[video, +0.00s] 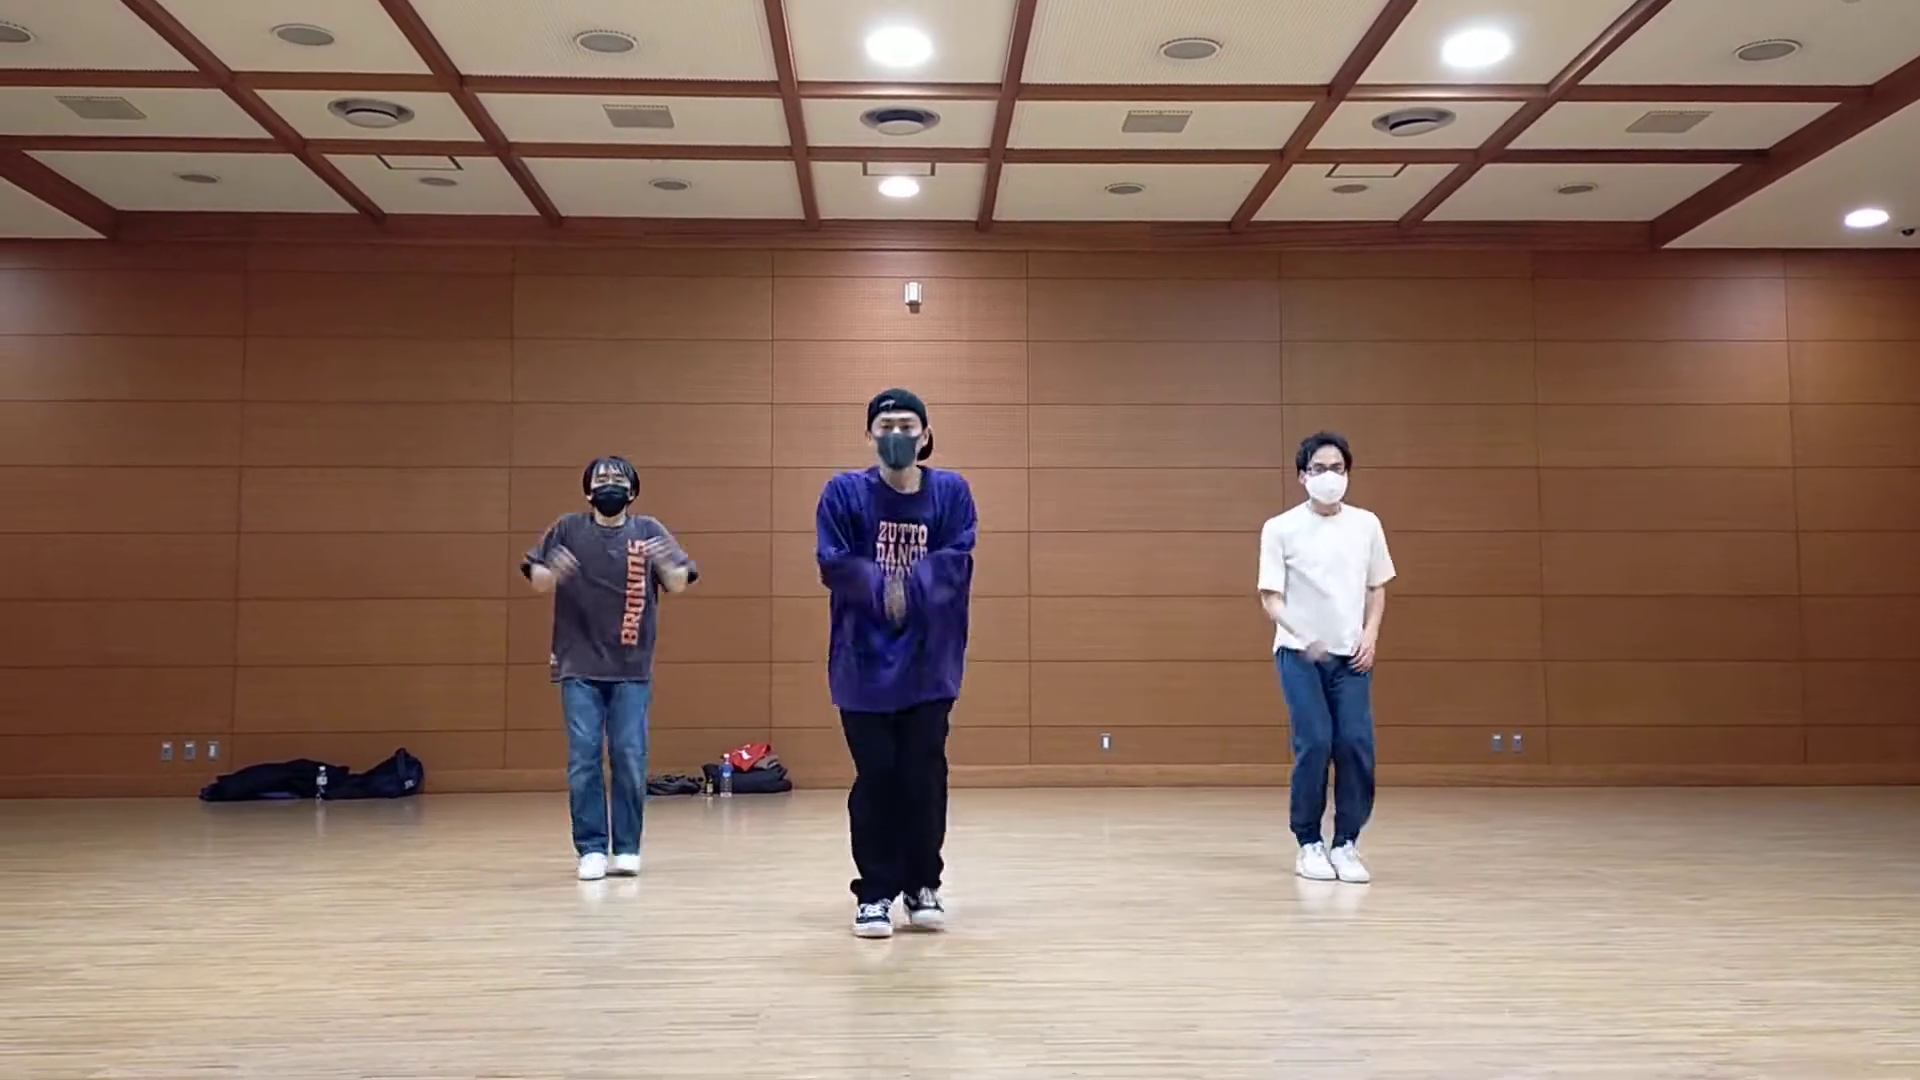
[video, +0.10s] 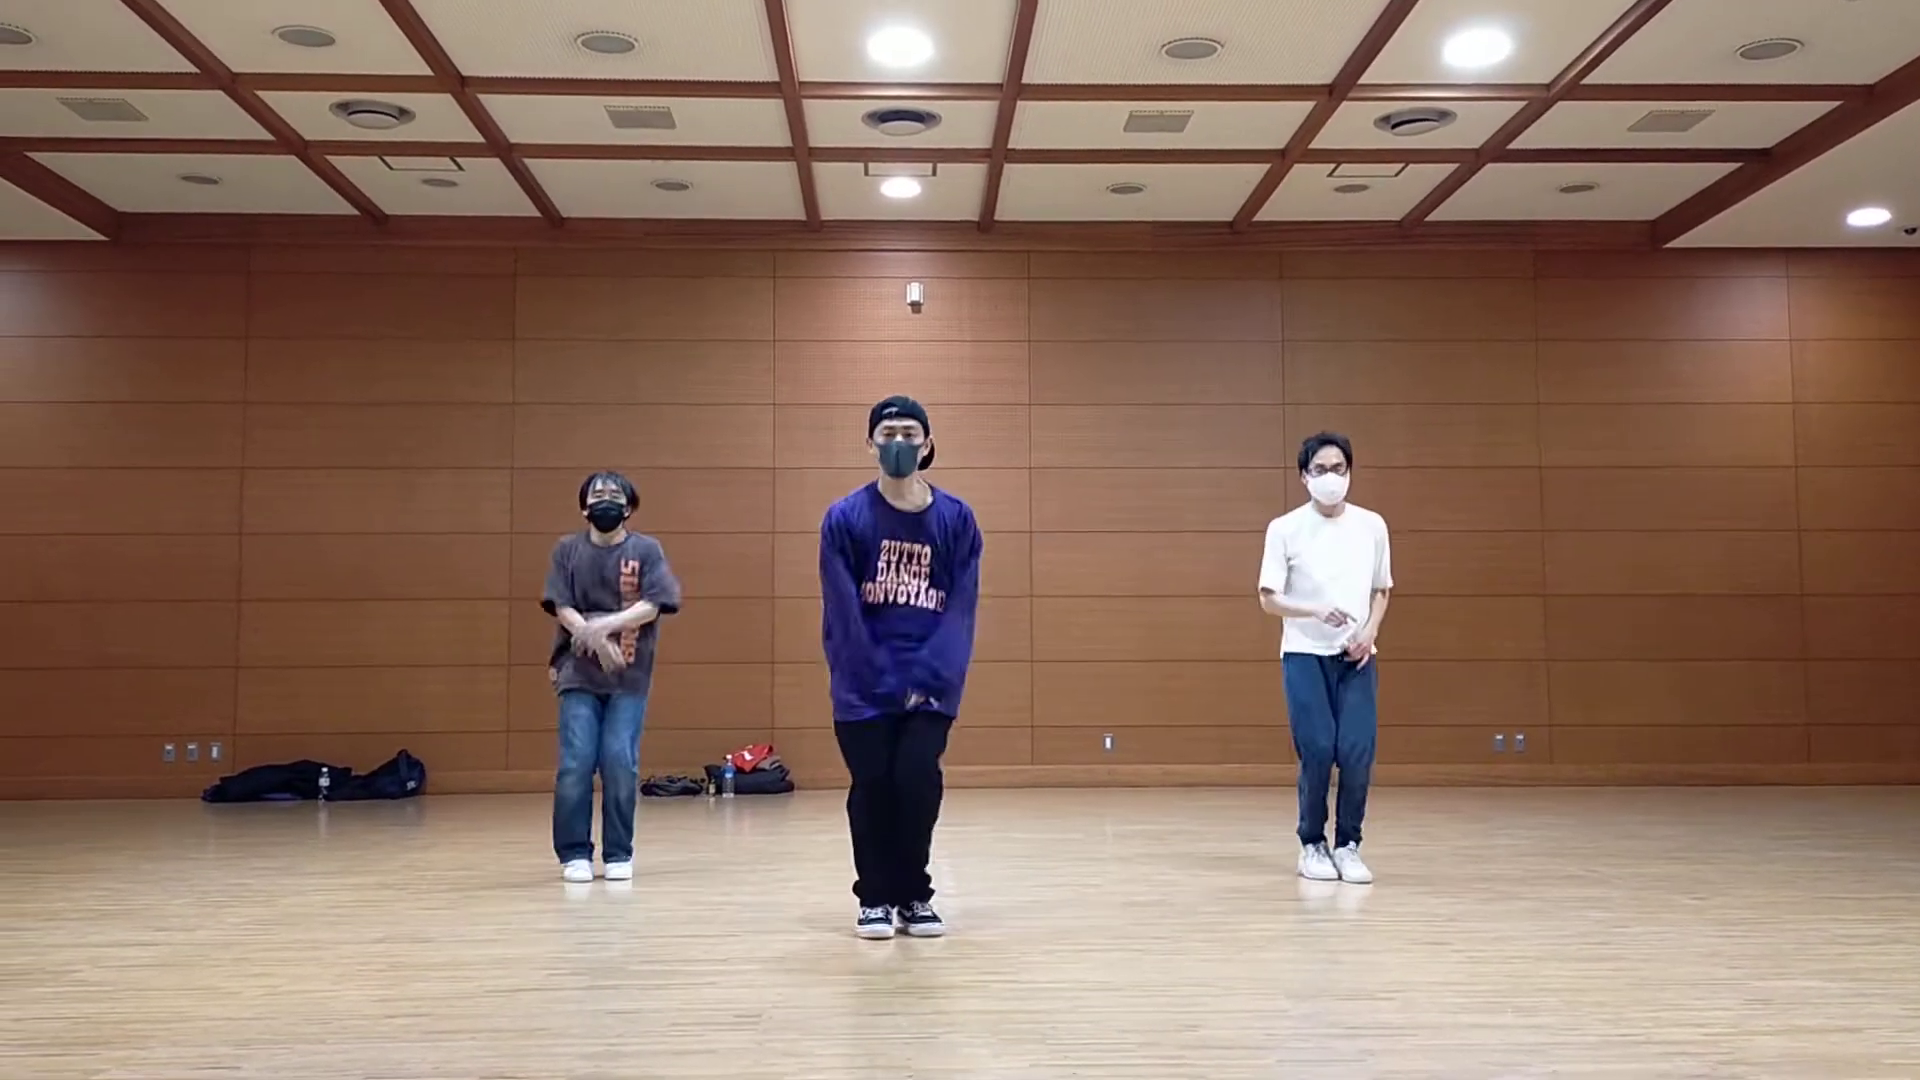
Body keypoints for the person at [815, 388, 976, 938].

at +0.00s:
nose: (896, 431)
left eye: (906, 423)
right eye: (886, 424)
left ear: (924, 435)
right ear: (871, 435)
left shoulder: (950, 491)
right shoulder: (844, 492)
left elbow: (958, 560)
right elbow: (832, 561)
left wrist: (906, 586)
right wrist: (884, 587)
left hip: (929, 663)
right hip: (863, 665)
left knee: (924, 774)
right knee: (877, 776)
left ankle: (923, 888)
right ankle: (875, 896)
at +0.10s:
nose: (898, 438)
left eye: (909, 431)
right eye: (888, 431)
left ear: (926, 446)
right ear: (872, 444)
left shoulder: (956, 518)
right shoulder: (845, 517)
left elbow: (962, 609)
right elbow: (841, 611)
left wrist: (931, 676)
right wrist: (878, 679)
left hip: (929, 683)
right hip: (861, 684)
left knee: (917, 781)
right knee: (873, 787)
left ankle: (914, 897)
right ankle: (875, 901)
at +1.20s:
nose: (848, 456)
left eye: (858, 447)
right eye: (837, 445)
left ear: (873, 450)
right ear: (818, 447)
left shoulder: (902, 510)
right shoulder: (798, 518)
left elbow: (909, 590)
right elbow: (821, 574)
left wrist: (918, 664)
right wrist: (873, 508)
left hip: (885, 688)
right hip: (821, 688)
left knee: (873, 816)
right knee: (816, 807)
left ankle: (836, 898)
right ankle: (803, 912)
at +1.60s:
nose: (958, 489)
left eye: (968, 480)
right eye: (947, 477)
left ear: (978, 485)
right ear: (925, 475)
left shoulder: (966, 546)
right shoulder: (889, 531)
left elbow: (1002, 604)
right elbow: (861, 617)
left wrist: (1085, 613)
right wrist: (863, 712)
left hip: (907, 697)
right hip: (858, 699)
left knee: (982, 784)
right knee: (824, 813)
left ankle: (991, 910)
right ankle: (741, 917)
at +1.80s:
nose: (1007, 484)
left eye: (1018, 475)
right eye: (997, 472)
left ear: (1029, 478)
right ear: (975, 470)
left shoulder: (1030, 530)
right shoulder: (923, 516)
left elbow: (1035, 613)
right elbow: (842, 562)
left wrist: (1044, 678)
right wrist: (766, 600)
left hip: (987, 676)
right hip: (927, 670)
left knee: (1025, 785)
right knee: (939, 769)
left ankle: (991, 910)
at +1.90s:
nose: (1019, 471)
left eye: (1029, 462)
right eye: (1009, 460)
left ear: (1039, 464)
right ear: (987, 458)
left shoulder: (1046, 517)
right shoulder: (936, 502)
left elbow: (1055, 599)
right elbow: (859, 538)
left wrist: (1048, 670)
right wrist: (795, 570)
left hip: (1024, 677)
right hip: (955, 674)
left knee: (1031, 799)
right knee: (975, 784)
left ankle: (991, 909)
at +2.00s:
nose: (1025, 464)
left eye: (1035, 455)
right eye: (1015, 454)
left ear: (1047, 457)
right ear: (994, 452)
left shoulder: (1064, 514)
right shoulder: (953, 498)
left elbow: (1075, 592)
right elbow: (898, 551)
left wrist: (1083, 651)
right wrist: (867, 590)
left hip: (1044, 676)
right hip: (975, 679)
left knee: (1041, 794)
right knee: (1002, 794)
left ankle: (1006, 900)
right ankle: (1086, 862)